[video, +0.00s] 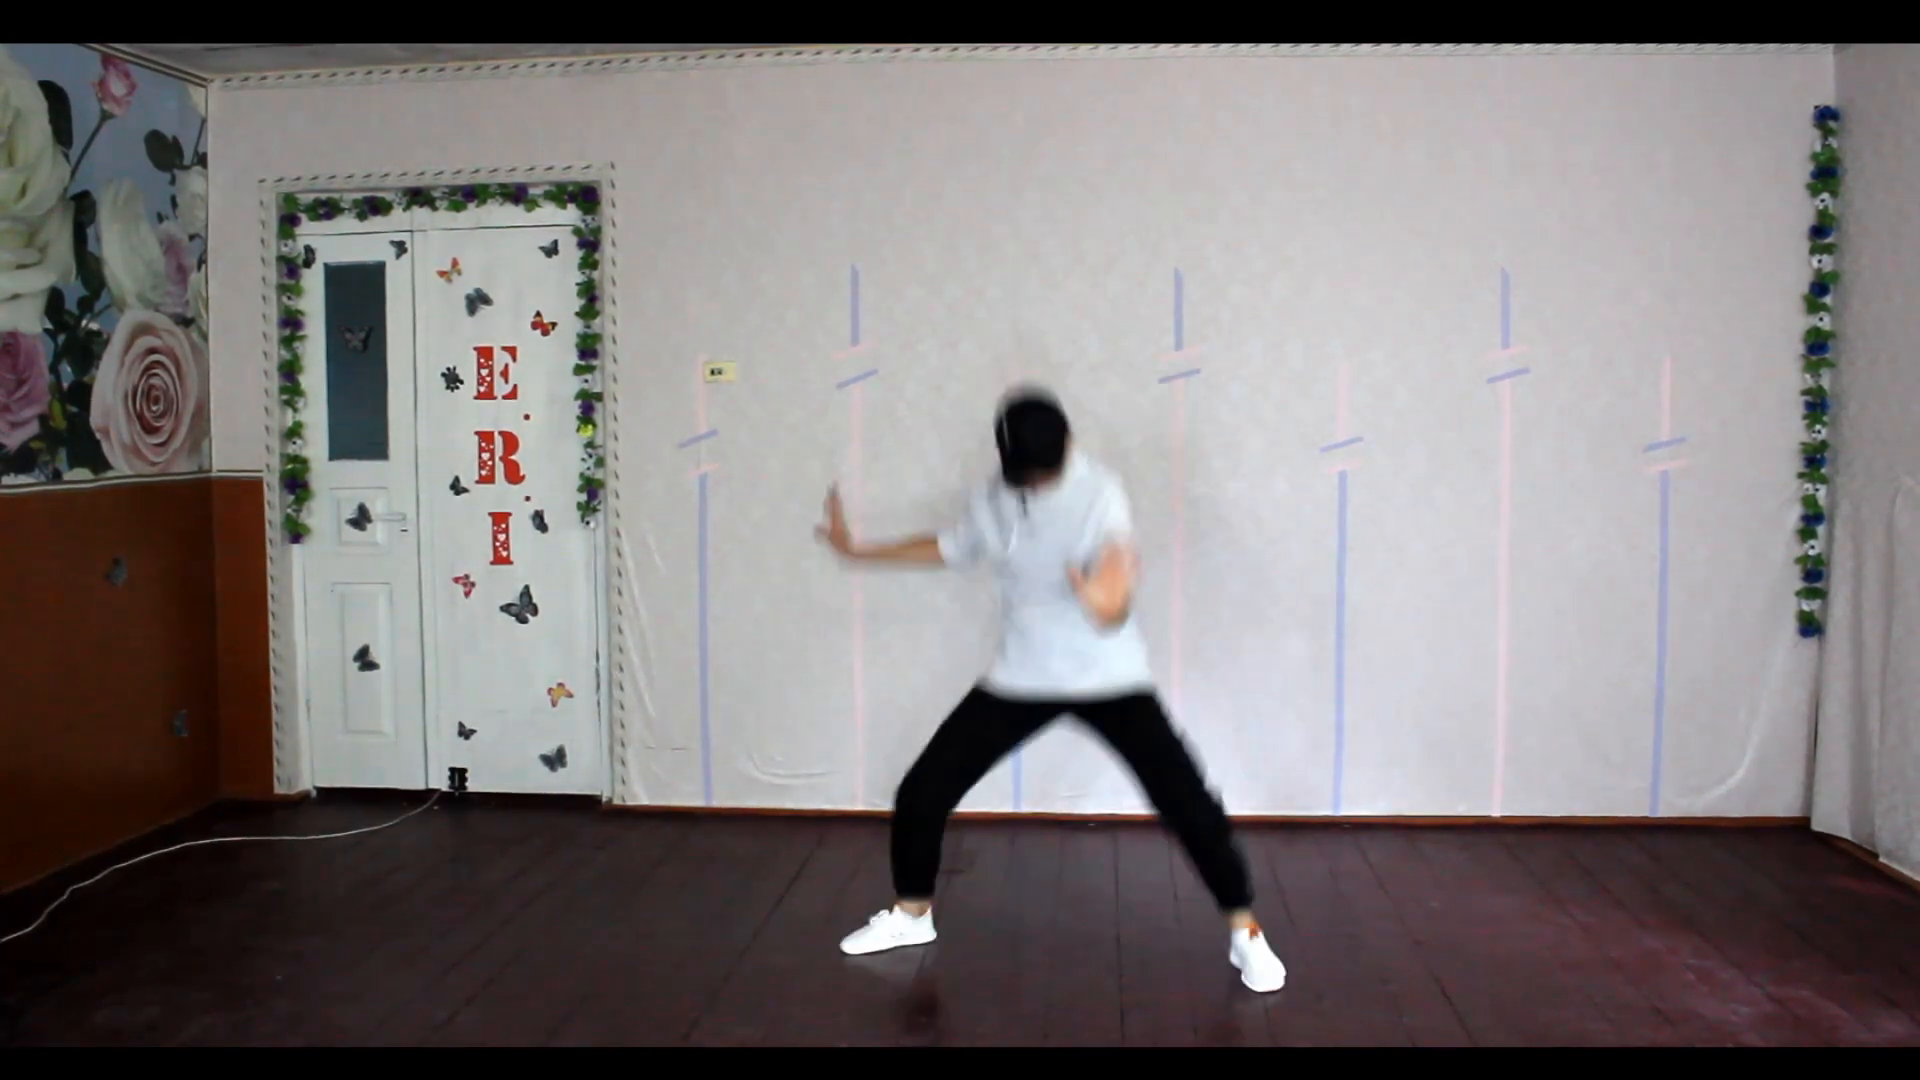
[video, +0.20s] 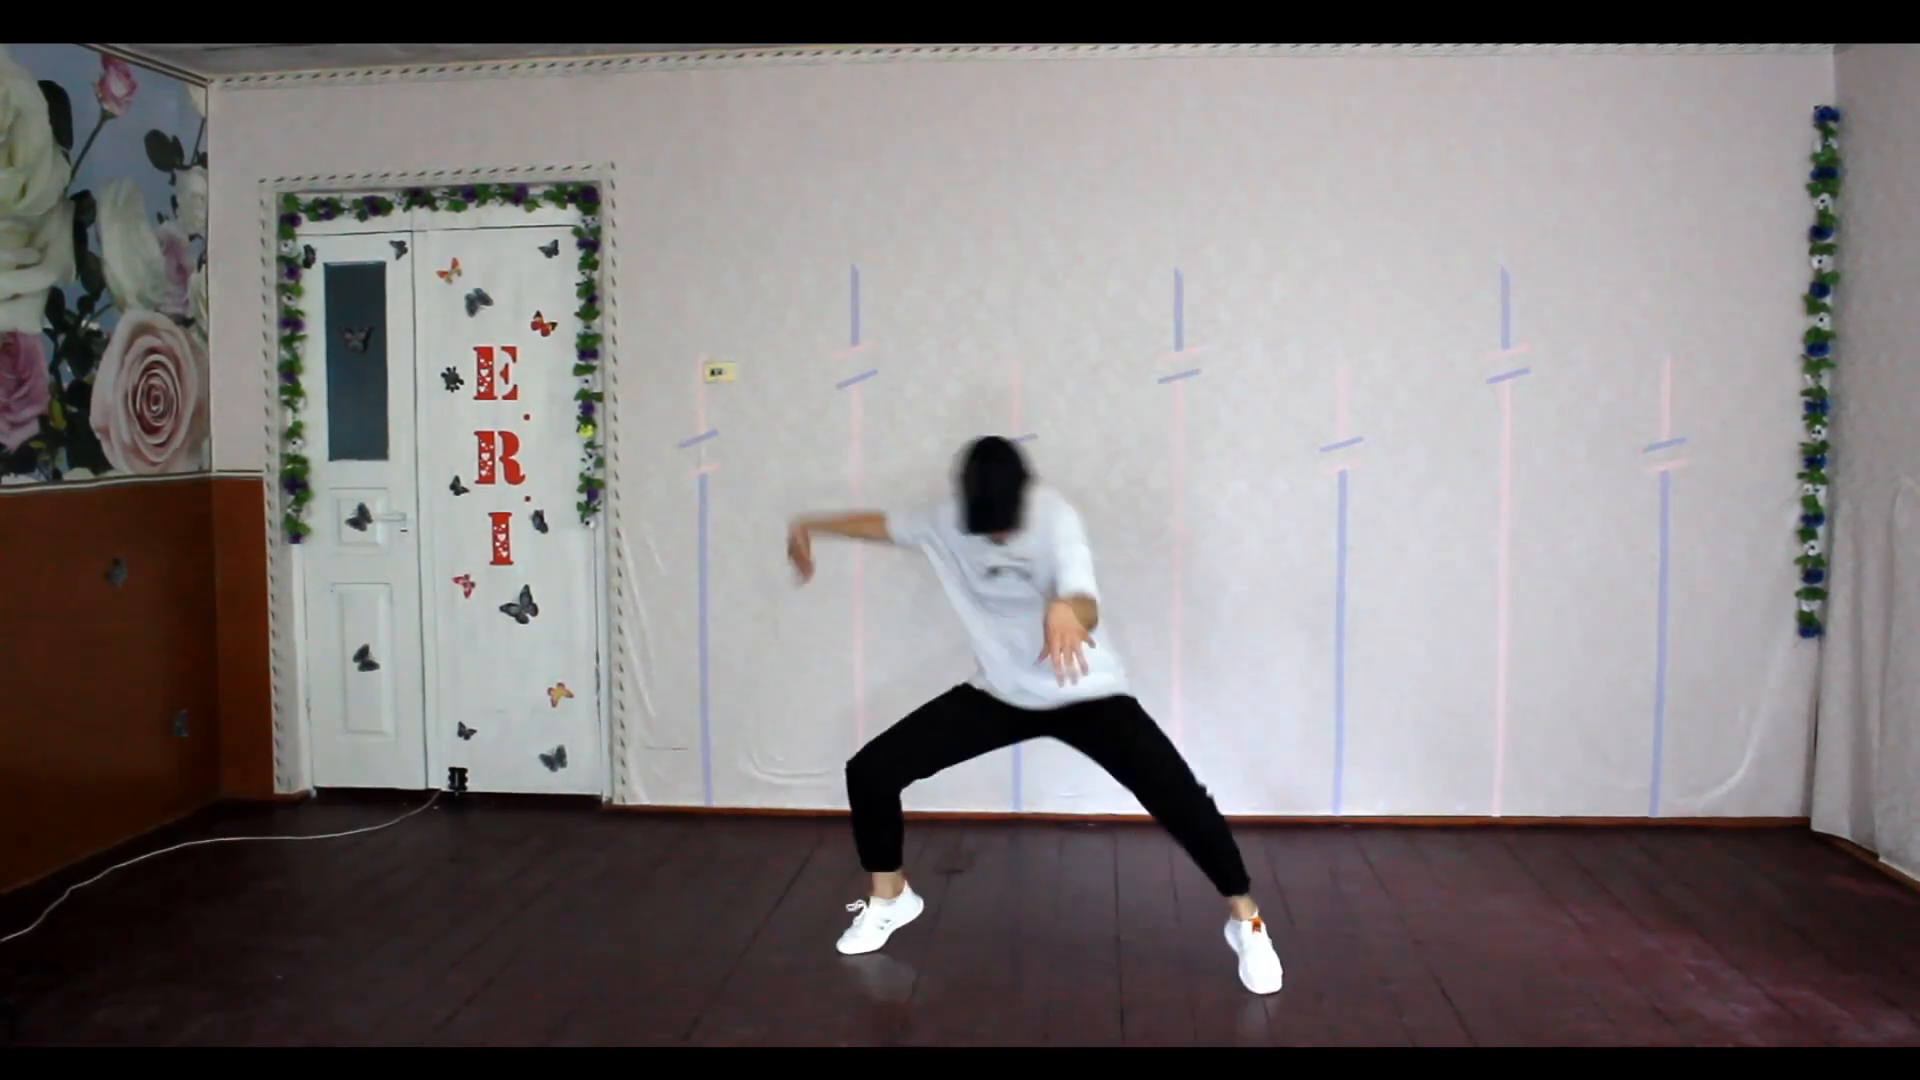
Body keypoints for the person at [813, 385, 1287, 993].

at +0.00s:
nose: (1036, 486)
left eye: (1045, 475)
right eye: (1025, 477)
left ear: (1064, 455)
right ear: (1006, 460)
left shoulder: (1099, 494)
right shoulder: (995, 500)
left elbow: (1116, 595)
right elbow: (949, 548)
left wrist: (1102, 599)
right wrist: (858, 552)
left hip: (1110, 680)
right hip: (1021, 680)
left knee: (1187, 801)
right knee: (922, 794)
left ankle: (1246, 931)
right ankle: (912, 913)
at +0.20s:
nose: (998, 534)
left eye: (1006, 524)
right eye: (986, 526)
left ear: (1023, 500)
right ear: (966, 506)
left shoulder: (1054, 516)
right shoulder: (943, 524)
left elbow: (1083, 596)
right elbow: (879, 526)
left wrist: (1064, 611)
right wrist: (808, 525)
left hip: (1088, 698)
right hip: (999, 696)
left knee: (1183, 803)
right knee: (871, 773)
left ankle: (1247, 920)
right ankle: (888, 896)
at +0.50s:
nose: (982, 527)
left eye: (991, 516)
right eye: (969, 519)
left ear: (1007, 486)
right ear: (947, 499)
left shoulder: (1045, 511)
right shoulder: (930, 522)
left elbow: (1090, 603)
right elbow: (877, 535)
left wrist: (1061, 611)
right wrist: (795, 537)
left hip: (1085, 682)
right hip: (996, 682)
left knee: (1174, 794)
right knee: (879, 775)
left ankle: (1237, 929)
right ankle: (896, 901)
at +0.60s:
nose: (1036, 536)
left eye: (1044, 526)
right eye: (1023, 529)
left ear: (1061, 498)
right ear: (998, 506)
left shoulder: (1087, 542)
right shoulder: (976, 528)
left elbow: (1098, 658)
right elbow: (947, 588)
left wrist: (1077, 663)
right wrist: (858, 613)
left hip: (1086, 711)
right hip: (996, 706)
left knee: (1162, 825)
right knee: (882, 798)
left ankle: (1238, 959)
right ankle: (904, 914)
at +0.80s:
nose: (998, 534)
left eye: (1006, 522)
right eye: (985, 526)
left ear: (1021, 494)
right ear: (962, 509)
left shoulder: (1054, 522)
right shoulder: (945, 539)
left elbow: (1098, 609)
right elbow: (895, 559)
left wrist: (1069, 599)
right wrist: (815, 561)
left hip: (1089, 698)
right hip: (999, 700)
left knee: (1191, 793)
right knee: (866, 773)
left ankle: (1249, 942)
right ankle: (881, 894)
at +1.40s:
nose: (971, 529)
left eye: (980, 515)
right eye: (959, 519)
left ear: (1002, 485)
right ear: (942, 502)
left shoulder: (1049, 508)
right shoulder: (943, 540)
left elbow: (1093, 571)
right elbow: (870, 586)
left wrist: (1085, 598)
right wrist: (832, 532)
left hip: (1108, 689)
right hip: (1017, 691)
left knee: (1196, 809)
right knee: (895, 784)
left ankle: (1264, 947)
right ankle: (891, 903)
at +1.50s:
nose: (997, 496)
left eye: (1005, 485)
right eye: (988, 486)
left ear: (1021, 472)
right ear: (975, 478)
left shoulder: (1072, 500)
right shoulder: (967, 532)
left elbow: (1106, 589)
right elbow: (917, 592)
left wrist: (1056, 599)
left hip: (1114, 684)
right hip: (1022, 688)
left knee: (1209, 797)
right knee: (902, 786)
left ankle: (1267, 939)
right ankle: (891, 904)